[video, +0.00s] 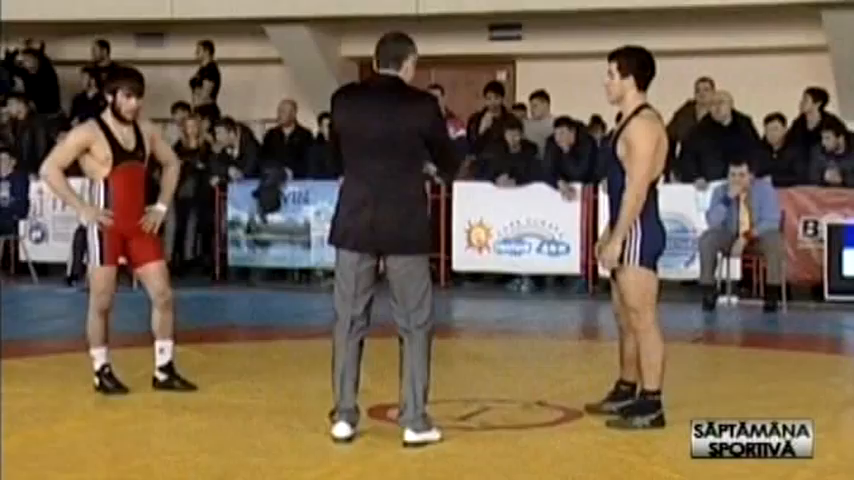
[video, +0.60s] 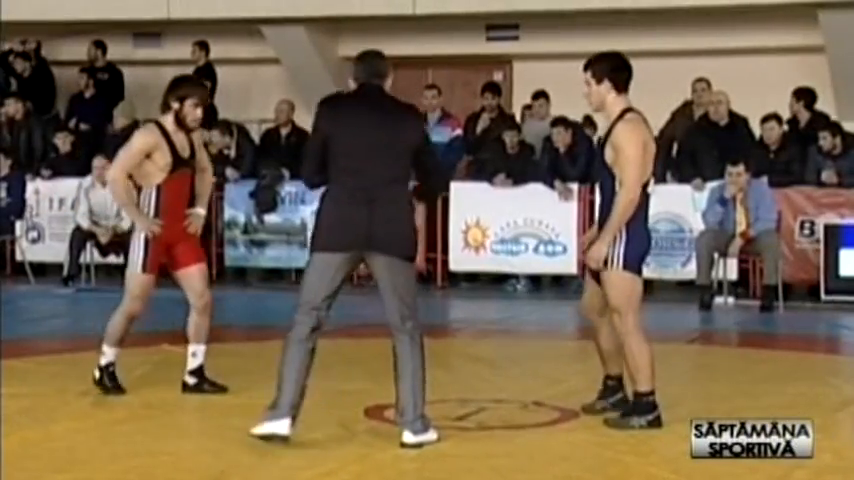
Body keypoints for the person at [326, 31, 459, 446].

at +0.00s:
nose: (416, 69)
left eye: (414, 62)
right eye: (415, 63)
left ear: (375, 61)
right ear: (409, 64)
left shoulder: (344, 99)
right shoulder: (423, 104)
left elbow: (338, 162)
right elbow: (448, 164)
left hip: (354, 224)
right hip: (407, 226)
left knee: (348, 322)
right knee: (416, 324)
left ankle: (344, 415)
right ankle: (415, 421)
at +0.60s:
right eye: (389, 75)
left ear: (353, 76)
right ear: (389, 78)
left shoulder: (331, 108)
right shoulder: (409, 115)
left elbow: (311, 175)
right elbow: (433, 180)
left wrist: (345, 171)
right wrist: (415, 193)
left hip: (339, 221)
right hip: (391, 223)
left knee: (307, 318)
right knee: (406, 326)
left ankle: (282, 415)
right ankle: (413, 424)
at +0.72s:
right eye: (361, 81)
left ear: (326, 84)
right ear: (360, 84)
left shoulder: (307, 122)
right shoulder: (388, 124)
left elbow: (288, 191)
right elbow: (425, 187)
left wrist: (324, 184)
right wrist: (417, 236)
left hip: (322, 238)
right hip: (378, 239)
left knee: (283, 329)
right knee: (401, 330)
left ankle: (246, 417)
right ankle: (413, 424)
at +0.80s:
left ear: (299, 93)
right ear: (333, 91)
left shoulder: (283, 135)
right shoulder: (365, 131)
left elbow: (265, 201)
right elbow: (403, 193)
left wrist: (305, 202)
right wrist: (409, 242)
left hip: (309, 249)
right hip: (364, 247)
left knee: (266, 336)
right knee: (395, 329)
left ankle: (229, 423)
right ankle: (411, 424)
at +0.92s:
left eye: (255, 88)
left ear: (253, 92)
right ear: (287, 91)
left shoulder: (237, 137)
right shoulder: (314, 128)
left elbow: (221, 208)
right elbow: (349, 181)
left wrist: (256, 202)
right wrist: (370, 221)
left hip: (267, 250)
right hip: (324, 243)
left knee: (236, 341)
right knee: (364, 332)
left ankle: (223, 434)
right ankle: (410, 423)